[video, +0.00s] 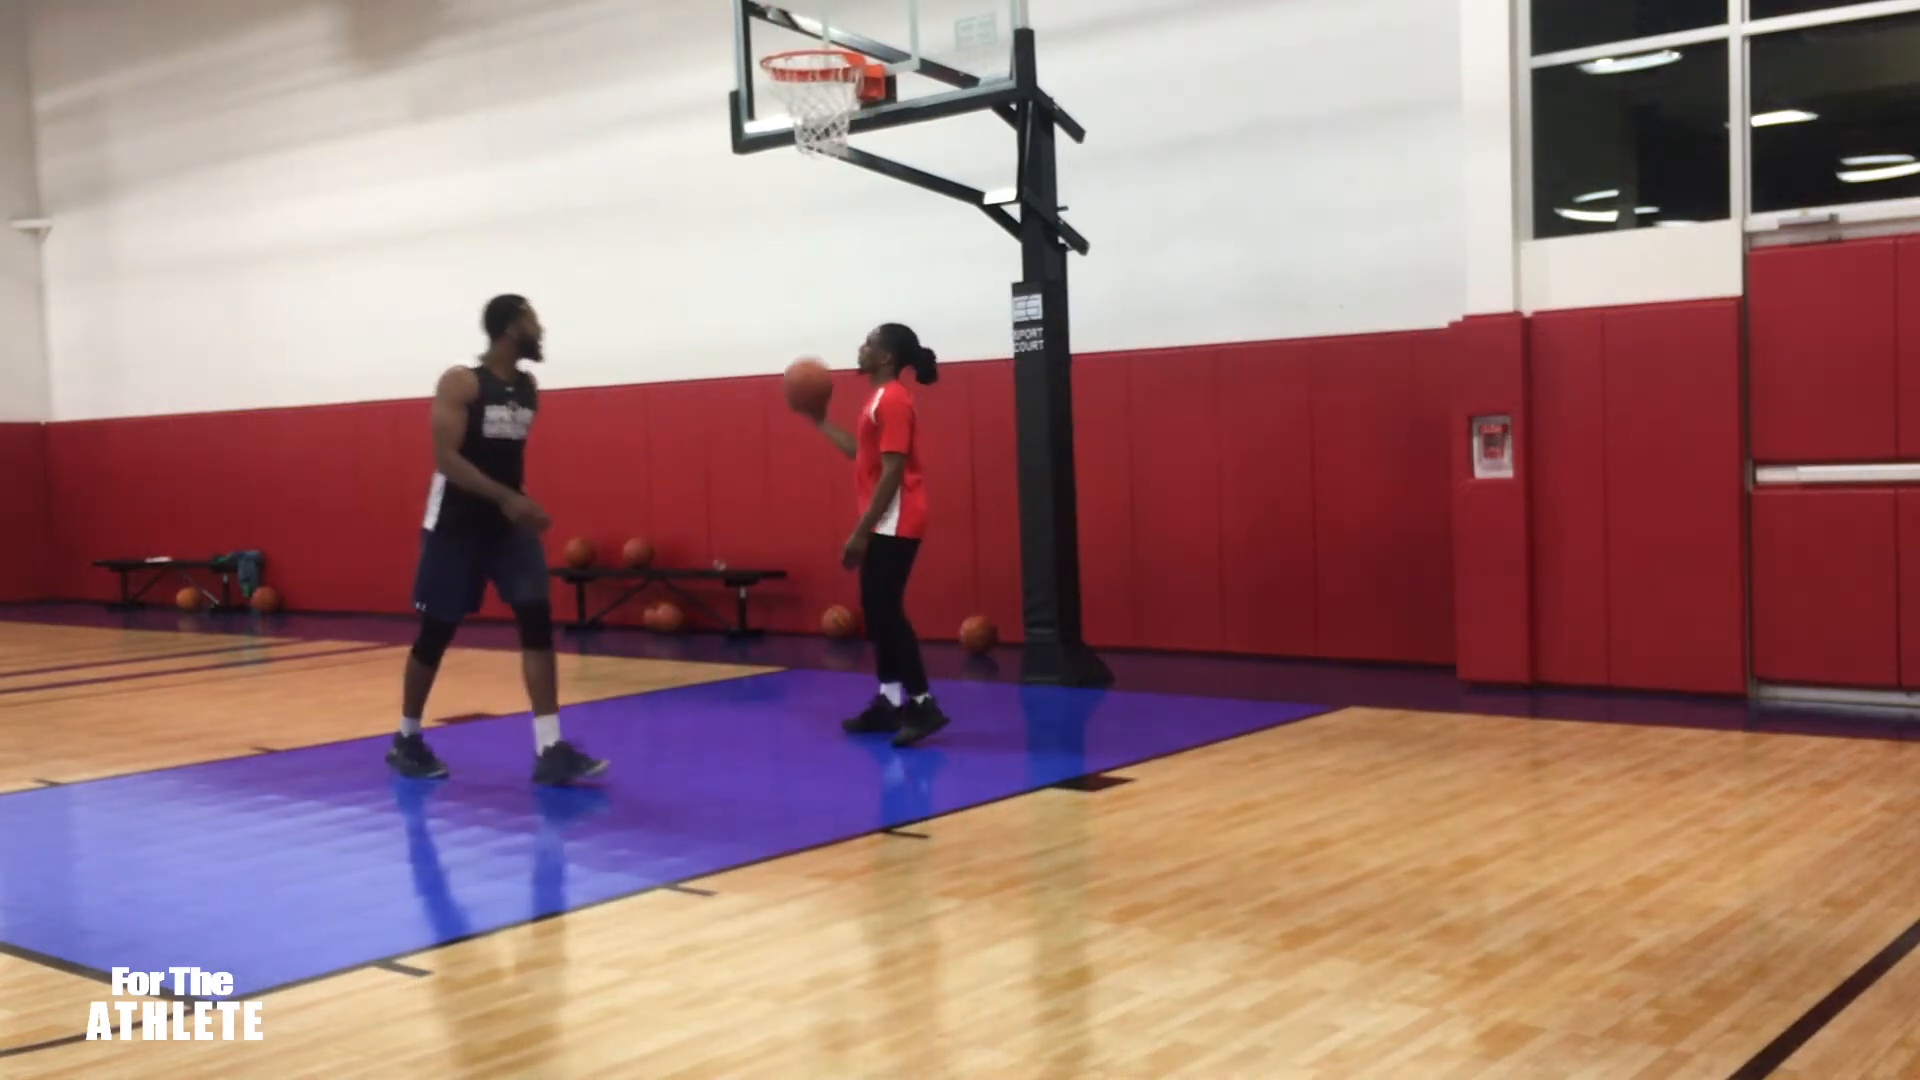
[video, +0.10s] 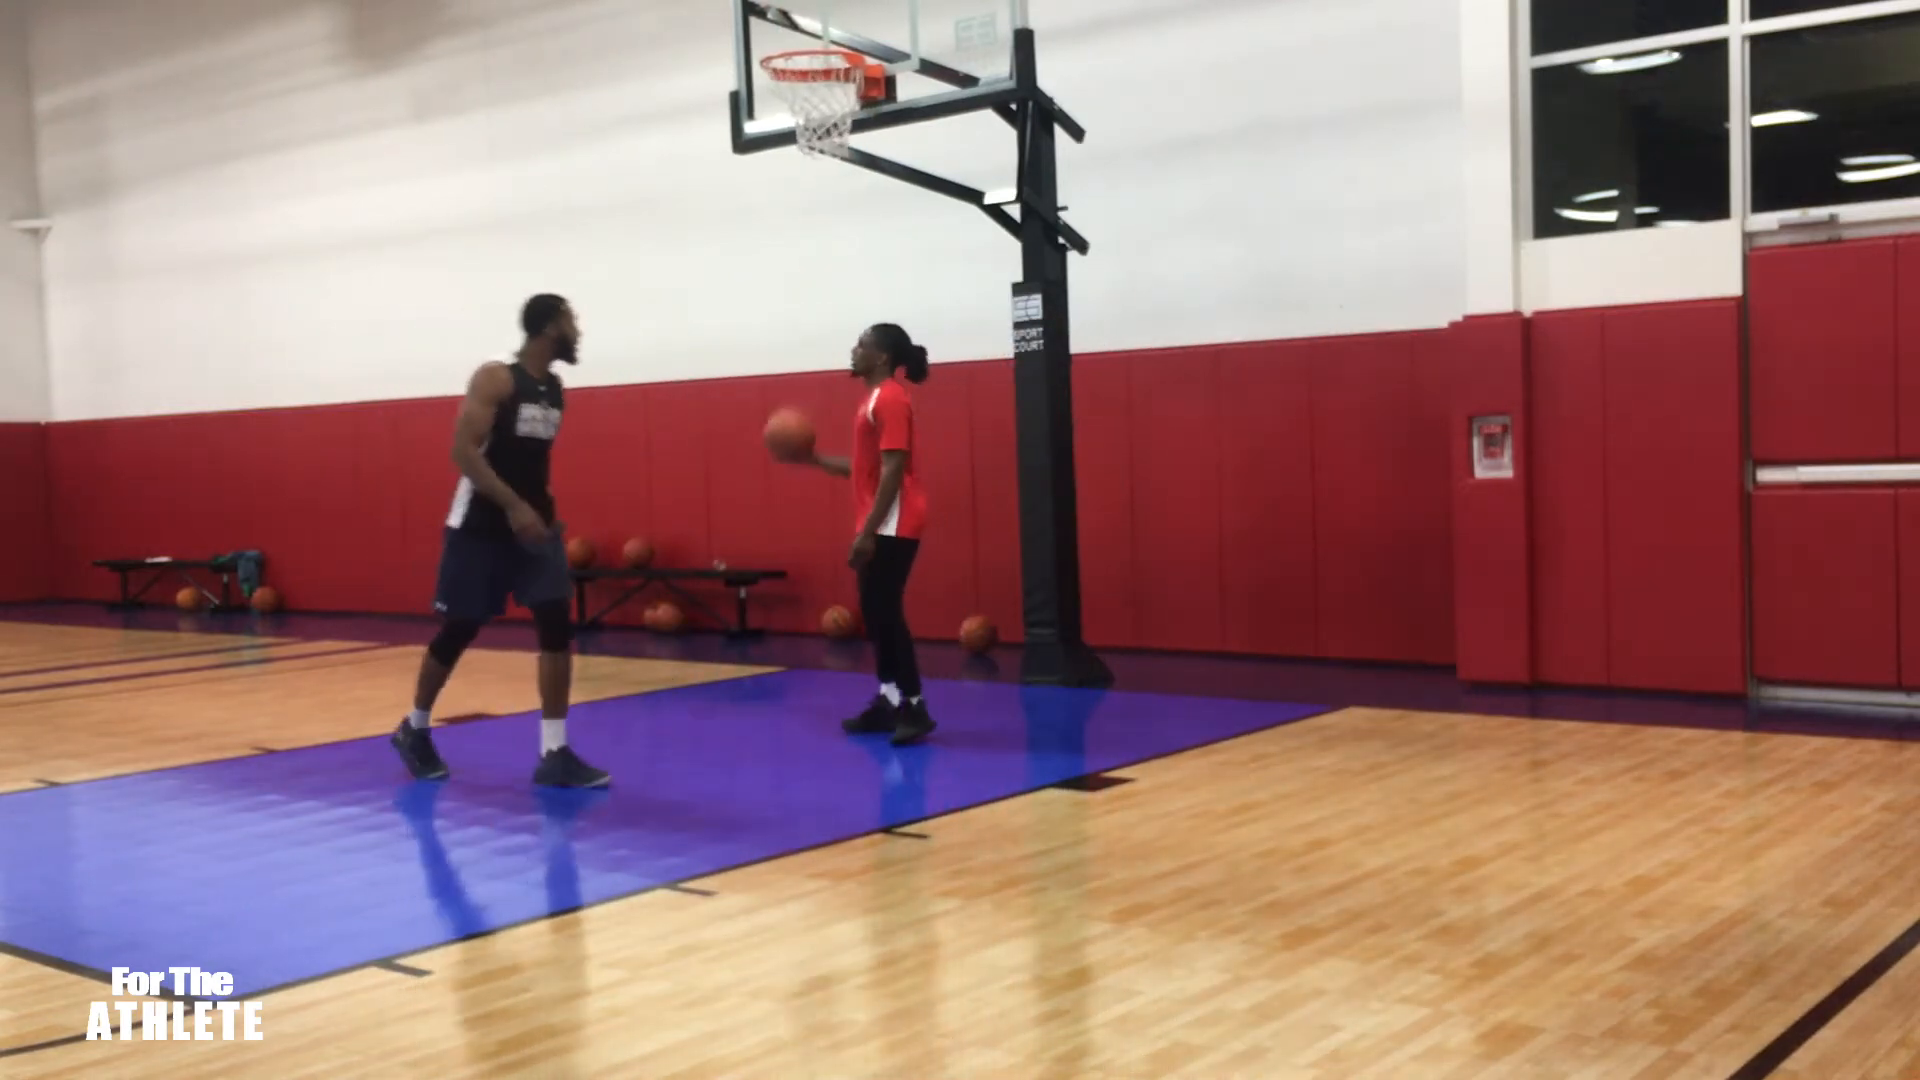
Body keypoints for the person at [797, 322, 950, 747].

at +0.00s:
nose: (860, 349)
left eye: (868, 344)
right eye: (864, 342)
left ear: (887, 357)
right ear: (884, 358)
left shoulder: (894, 399)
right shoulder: (877, 399)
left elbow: (893, 470)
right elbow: (858, 451)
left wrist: (862, 531)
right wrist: (819, 420)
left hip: (897, 522)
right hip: (882, 521)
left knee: (886, 609)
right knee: (878, 609)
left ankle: (922, 703)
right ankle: (890, 700)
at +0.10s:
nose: (853, 351)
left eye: (861, 346)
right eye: (856, 344)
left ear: (883, 357)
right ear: (878, 357)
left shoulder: (891, 398)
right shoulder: (874, 399)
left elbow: (893, 469)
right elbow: (865, 468)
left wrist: (868, 531)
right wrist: (812, 458)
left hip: (896, 525)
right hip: (880, 524)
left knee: (885, 610)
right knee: (875, 611)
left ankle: (913, 705)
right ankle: (888, 698)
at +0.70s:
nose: (862, 355)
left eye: (870, 349)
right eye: (863, 348)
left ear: (895, 355)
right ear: (878, 355)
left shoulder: (915, 397)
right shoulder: (871, 405)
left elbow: (928, 465)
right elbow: (870, 471)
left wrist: (917, 532)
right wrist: (823, 496)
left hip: (907, 534)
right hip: (874, 534)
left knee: (915, 621)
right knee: (880, 618)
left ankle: (926, 708)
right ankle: (889, 703)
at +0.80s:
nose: (872, 354)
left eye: (882, 348)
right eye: (873, 347)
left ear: (907, 355)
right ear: (882, 354)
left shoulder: (925, 400)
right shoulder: (874, 407)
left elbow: (939, 468)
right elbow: (872, 468)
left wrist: (928, 533)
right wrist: (826, 488)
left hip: (915, 533)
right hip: (879, 534)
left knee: (920, 621)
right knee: (884, 619)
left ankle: (927, 708)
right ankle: (889, 703)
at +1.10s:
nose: (902, 354)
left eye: (912, 349)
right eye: (900, 347)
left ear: (935, 356)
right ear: (896, 351)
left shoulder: (955, 404)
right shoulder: (885, 407)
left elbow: (971, 467)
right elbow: (876, 468)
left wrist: (967, 532)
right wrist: (862, 515)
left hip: (937, 531)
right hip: (892, 532)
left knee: (935, 626)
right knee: (886, 622)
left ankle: (930, 709)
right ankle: (883, 709)